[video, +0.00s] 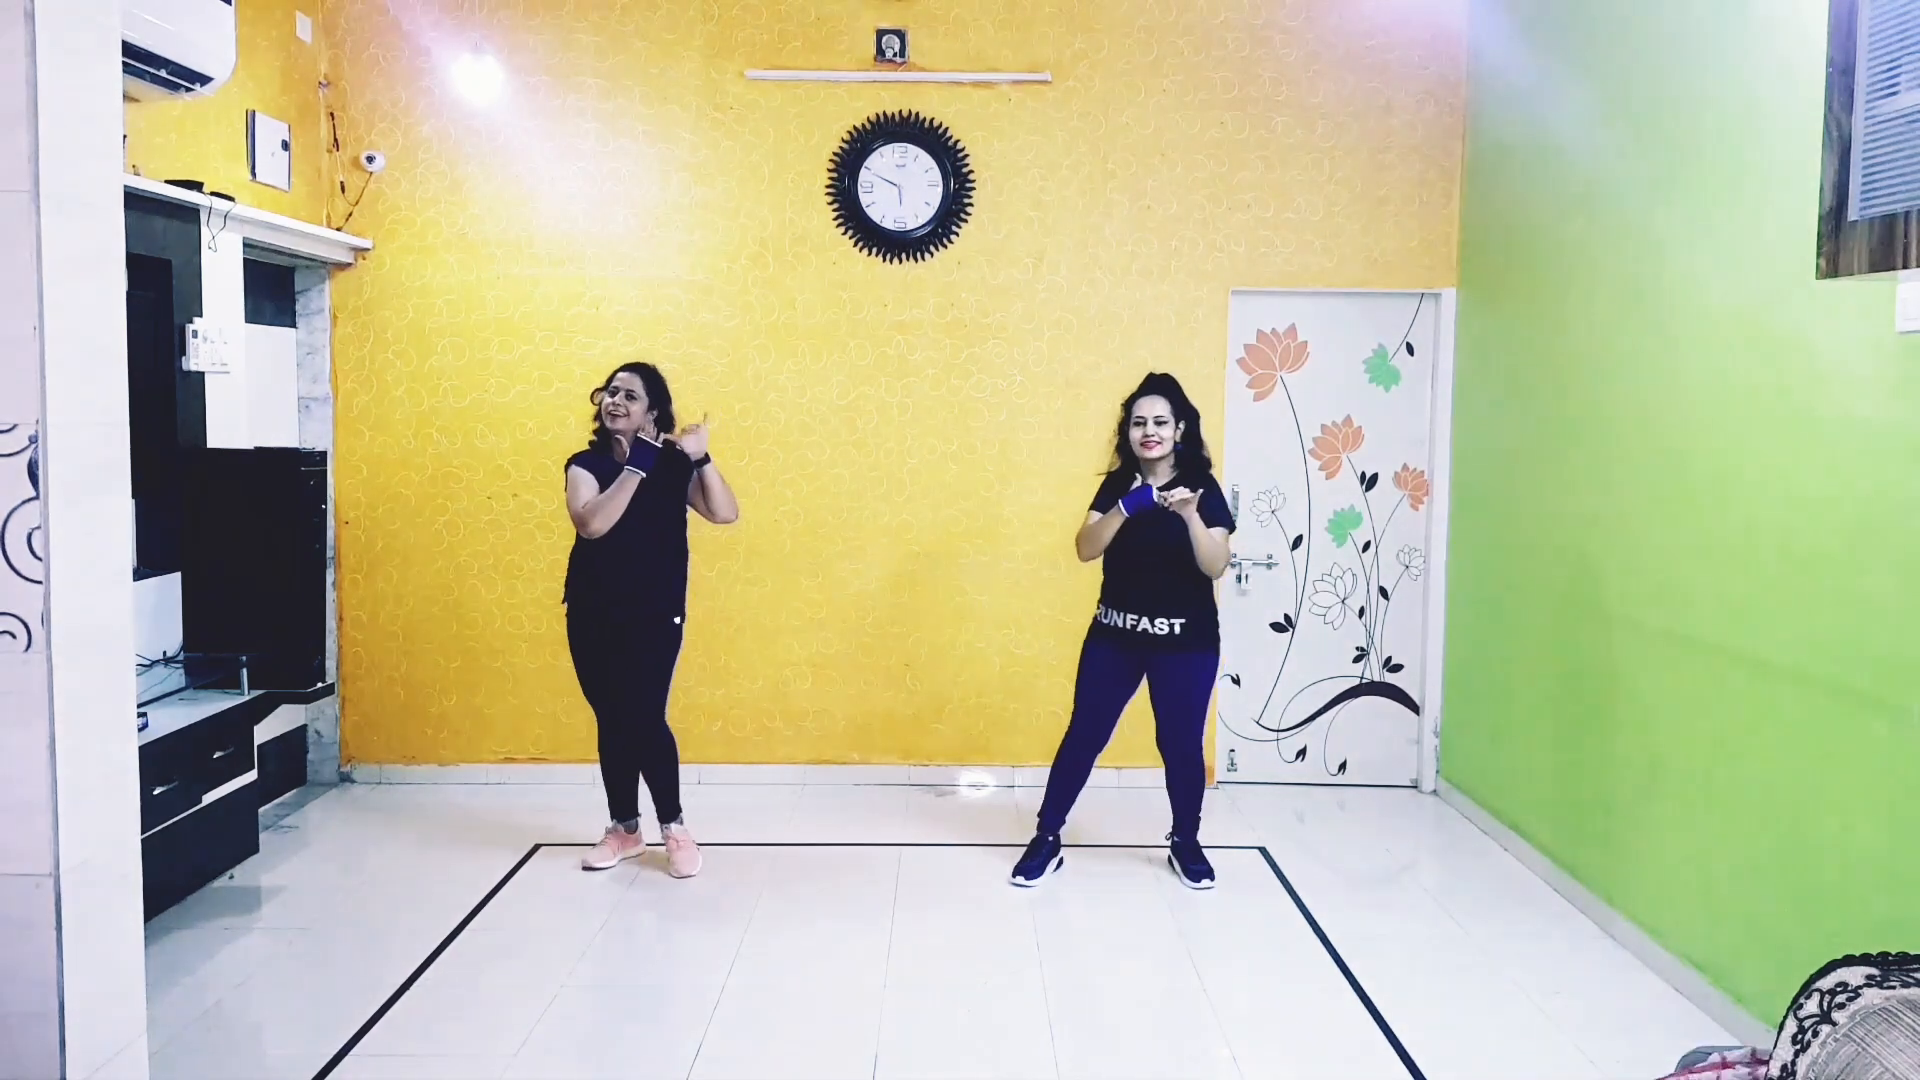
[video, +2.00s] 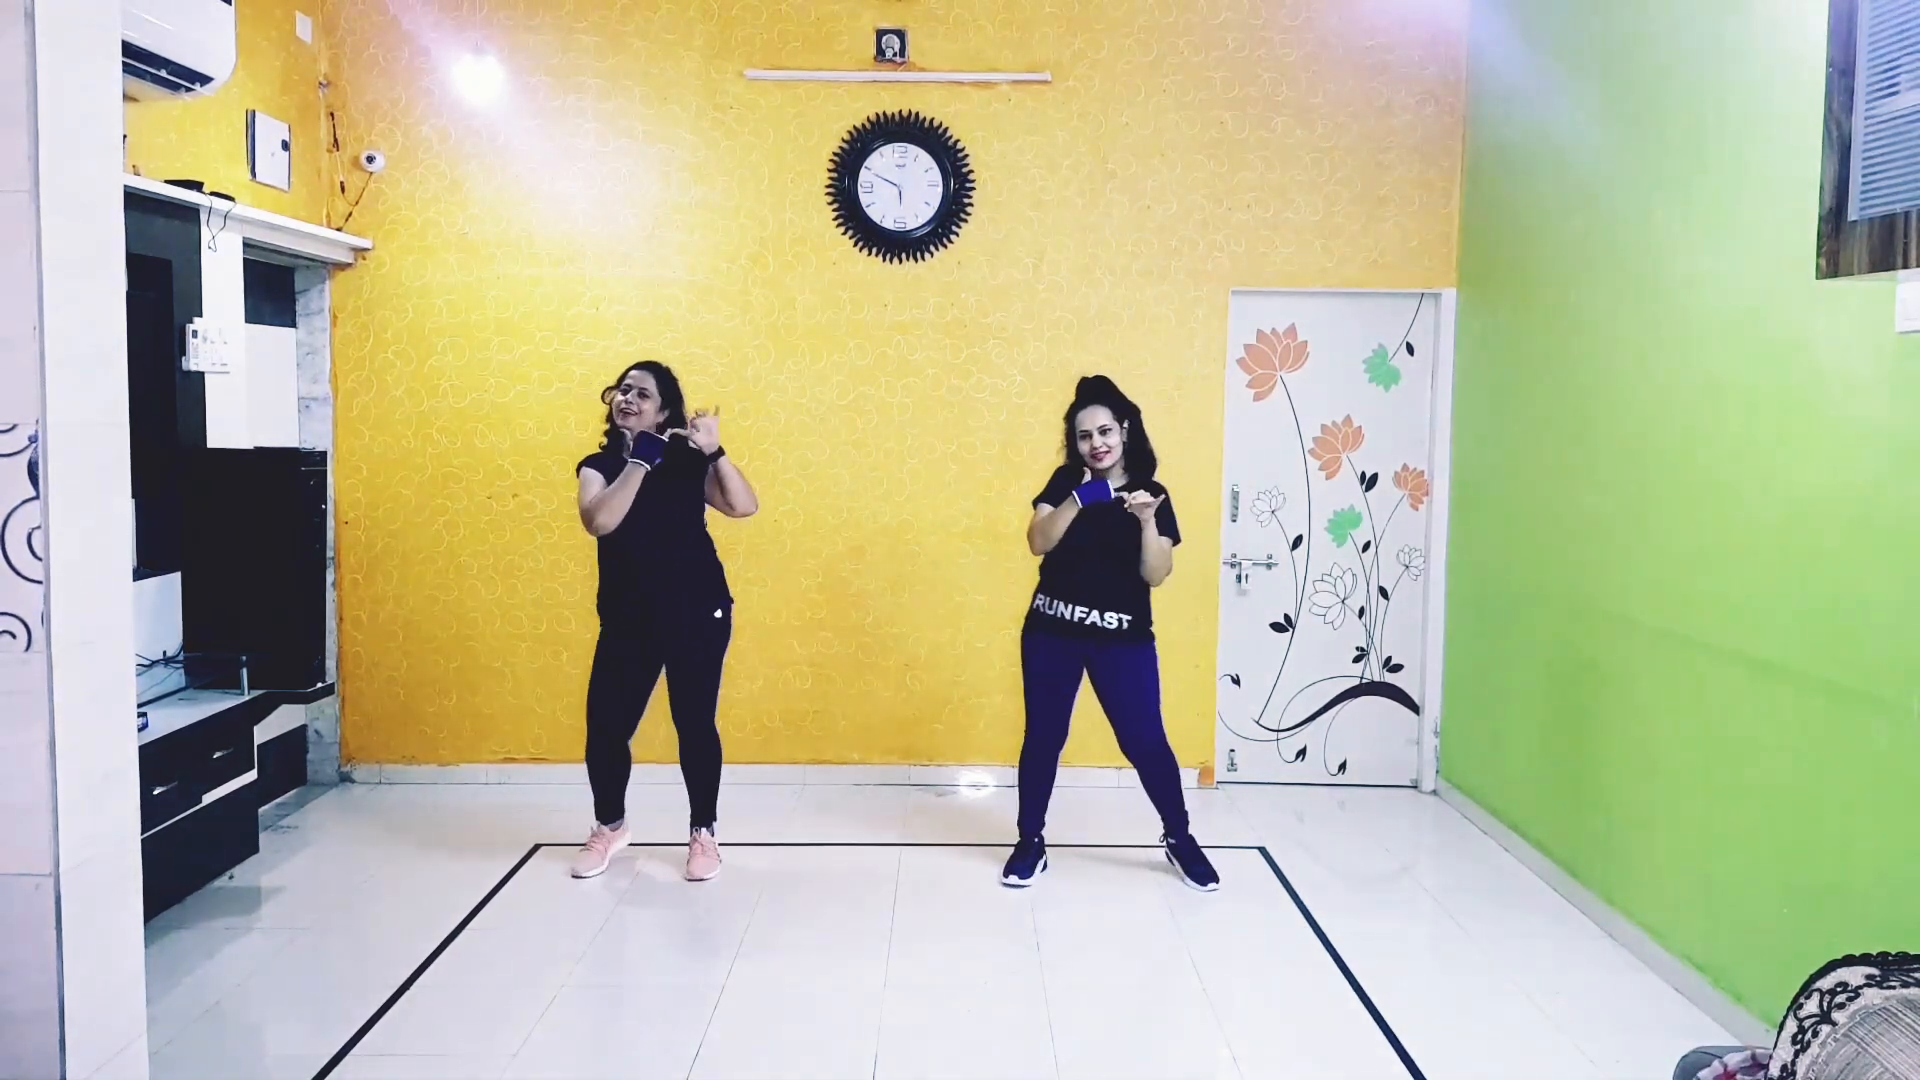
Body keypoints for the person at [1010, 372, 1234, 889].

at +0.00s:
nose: (1148, 430)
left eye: (1160, 420)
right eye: (1138, 420)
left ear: (1180, 428)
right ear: (1127, 430)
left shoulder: (1202, 488)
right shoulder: (1118, 482)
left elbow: (1216, 566)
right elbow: (1086, 550)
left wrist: (1192, 517)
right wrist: (1122, 510)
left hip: (1186, 640)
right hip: (1116, 632)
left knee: (1182, 748)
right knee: (1083, 737)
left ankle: (1186, 841)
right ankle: (1046, 836)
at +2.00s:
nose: (1097, 443)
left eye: (1106, 431)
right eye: (1085, 435)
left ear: (1127, 430)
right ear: (1074, 440)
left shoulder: (1151, 495)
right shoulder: (1067, 479)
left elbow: (1156, 574)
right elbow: (1039, 542)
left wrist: (1148, 521)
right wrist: (1076, 500)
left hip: (1123, 637)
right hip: (1054, 630)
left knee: (1148, 745)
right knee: (1042, 739)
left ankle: (1180, 838)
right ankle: (1029, 841)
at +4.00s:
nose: (1089, 432)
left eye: (1100, 422)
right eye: (1078, 423)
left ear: (1117, 430)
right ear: (1064, 432)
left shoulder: (1126, 501)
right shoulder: (1043, 473)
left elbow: (1134, 584)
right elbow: (1007, 528)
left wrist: (1150, 656)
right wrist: (1062, 483)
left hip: (1093, 636)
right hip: (1023, 630)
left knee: (1129, 741)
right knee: (1028, 741)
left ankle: (1166, 839)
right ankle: (1030, 843)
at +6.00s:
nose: (1090, 446)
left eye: (1099, 435)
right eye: (1078, 435)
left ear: (1109, 442)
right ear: (1056, 440)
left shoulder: (1096, 505)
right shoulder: (1030, 484)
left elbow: (1101, 580)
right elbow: (969, 524)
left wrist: (1136, 540)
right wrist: (940, 586)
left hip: (1081, 641)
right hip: (1021, 640)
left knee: (1122, 743)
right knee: (1033, 751)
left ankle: (1162, 842)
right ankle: (1027, 844)